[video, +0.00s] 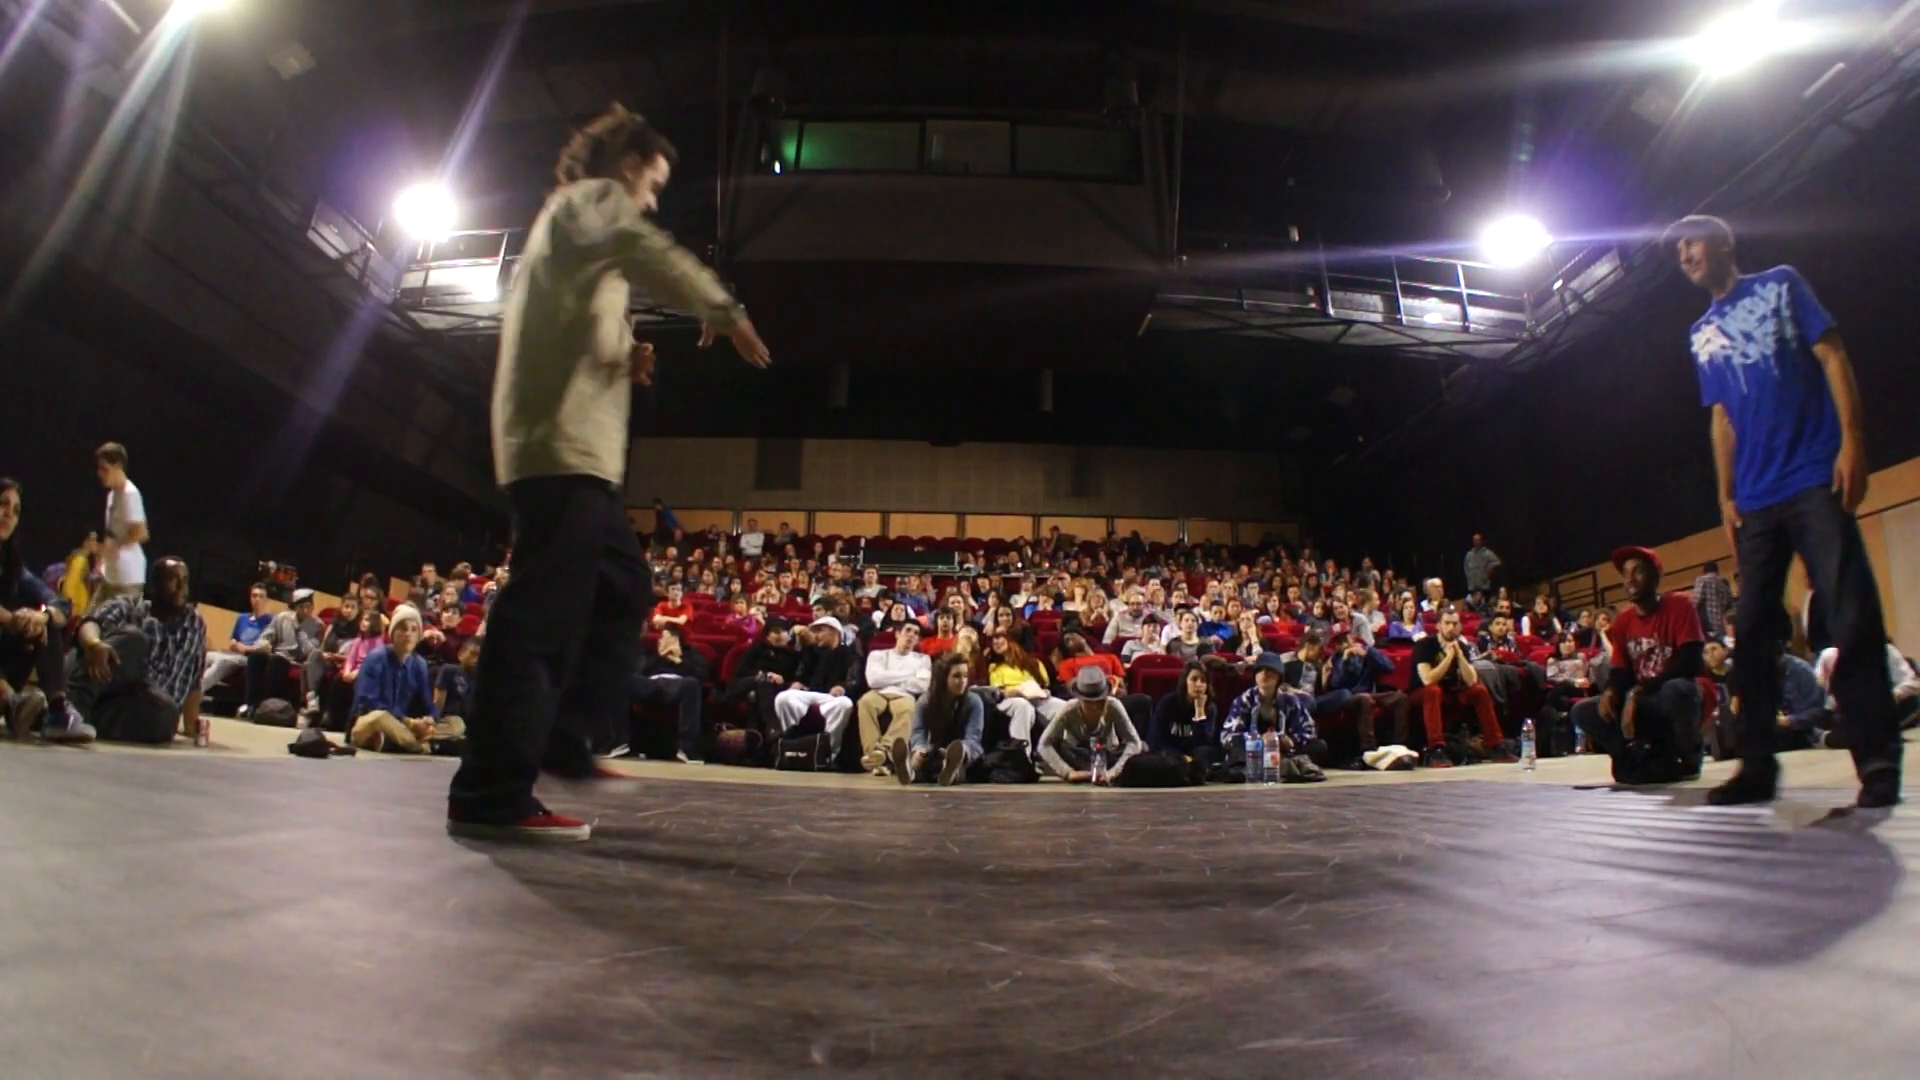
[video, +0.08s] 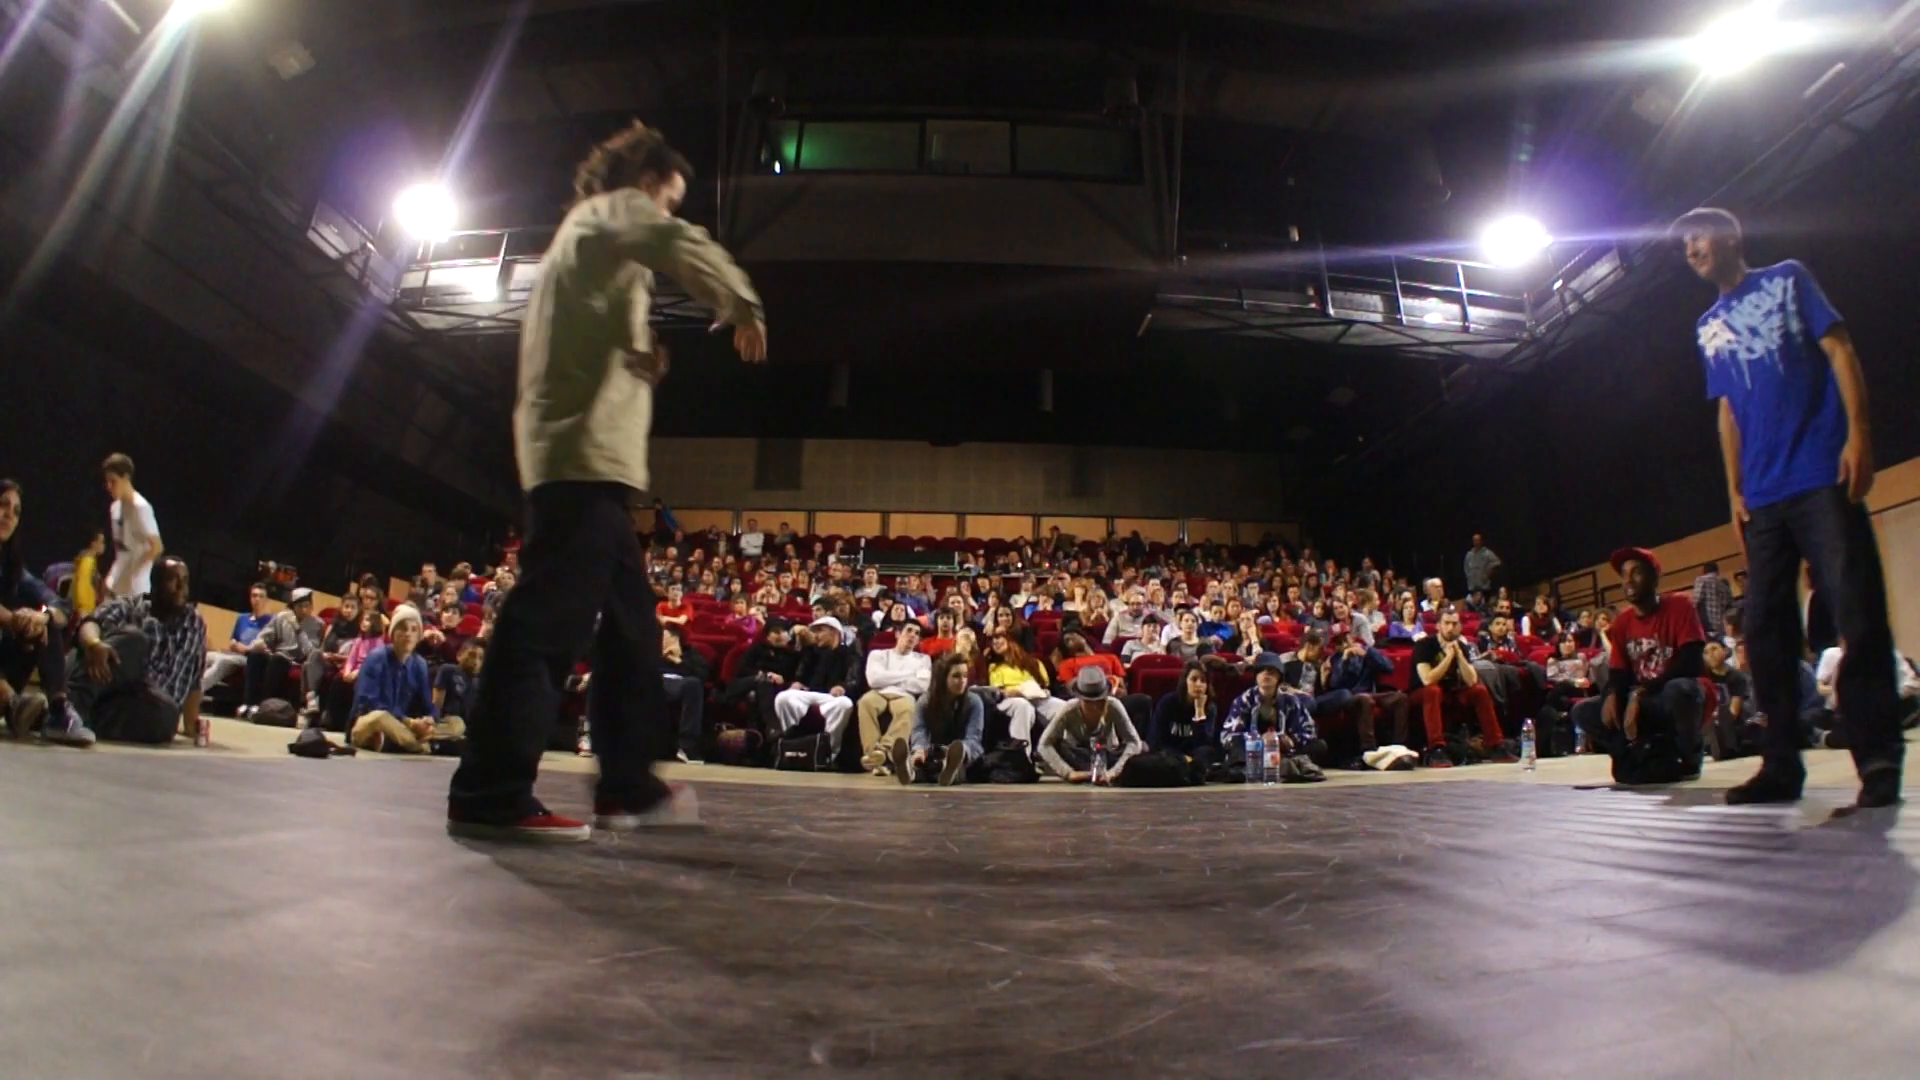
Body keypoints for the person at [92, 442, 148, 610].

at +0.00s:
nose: (100, 474)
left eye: (104, 468)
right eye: (99, 469)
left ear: (117, 466)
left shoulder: (130, 493)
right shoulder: (112, 494)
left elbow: (140, 531)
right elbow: (114, 533)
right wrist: (100, 549)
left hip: (128, 576)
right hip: (110, 574)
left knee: (125, 628)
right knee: (91, 624)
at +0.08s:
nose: (109, 487)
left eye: (113, 481)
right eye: (107, 481)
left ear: (126, 477)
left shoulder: (140, 507)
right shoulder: (115, 507)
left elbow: (156, 546)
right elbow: (122, 549)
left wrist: (134, 572)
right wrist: (112, 576)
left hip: (136, 585)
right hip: (115, 583)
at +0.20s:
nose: (118, 489)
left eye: (122, 483)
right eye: (116, 484)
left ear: (135, 480)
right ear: (113, 483)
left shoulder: (153, 509)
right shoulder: (119, 509)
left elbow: (175, 543)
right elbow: (121, 547)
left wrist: (162, 577)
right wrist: (113, 575)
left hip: (145, 584)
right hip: (121, 582)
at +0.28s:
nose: (122, 478)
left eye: (126, 472)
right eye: (119, 472)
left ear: (139, 468)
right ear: (118, 471)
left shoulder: (158, 496)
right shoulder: (119, 497)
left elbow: (178, 531)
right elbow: (121, 533)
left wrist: (166, 562)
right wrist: (113, 560)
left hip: (149, 575)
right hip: (122, 573)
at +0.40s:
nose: (124, 472)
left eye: (129, 467)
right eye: (122, 467)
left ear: (143, 462)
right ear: (119, 466)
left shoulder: (162, 490)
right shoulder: (115, 491)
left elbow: (180, 524)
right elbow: (114, 527)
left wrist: (168, 557)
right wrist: (108, 557)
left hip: (150, 569)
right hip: (122, 567)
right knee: (120, 620)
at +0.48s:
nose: (125, 479)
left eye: (130, 474)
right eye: (122, 474)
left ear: (143, 470)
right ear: (119, 473)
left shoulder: (162, 499)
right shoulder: (111, 500)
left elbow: (177, 533)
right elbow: (108, 537)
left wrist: (168, 569)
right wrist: (104, 572)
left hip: (149, 579)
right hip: (118, 576)